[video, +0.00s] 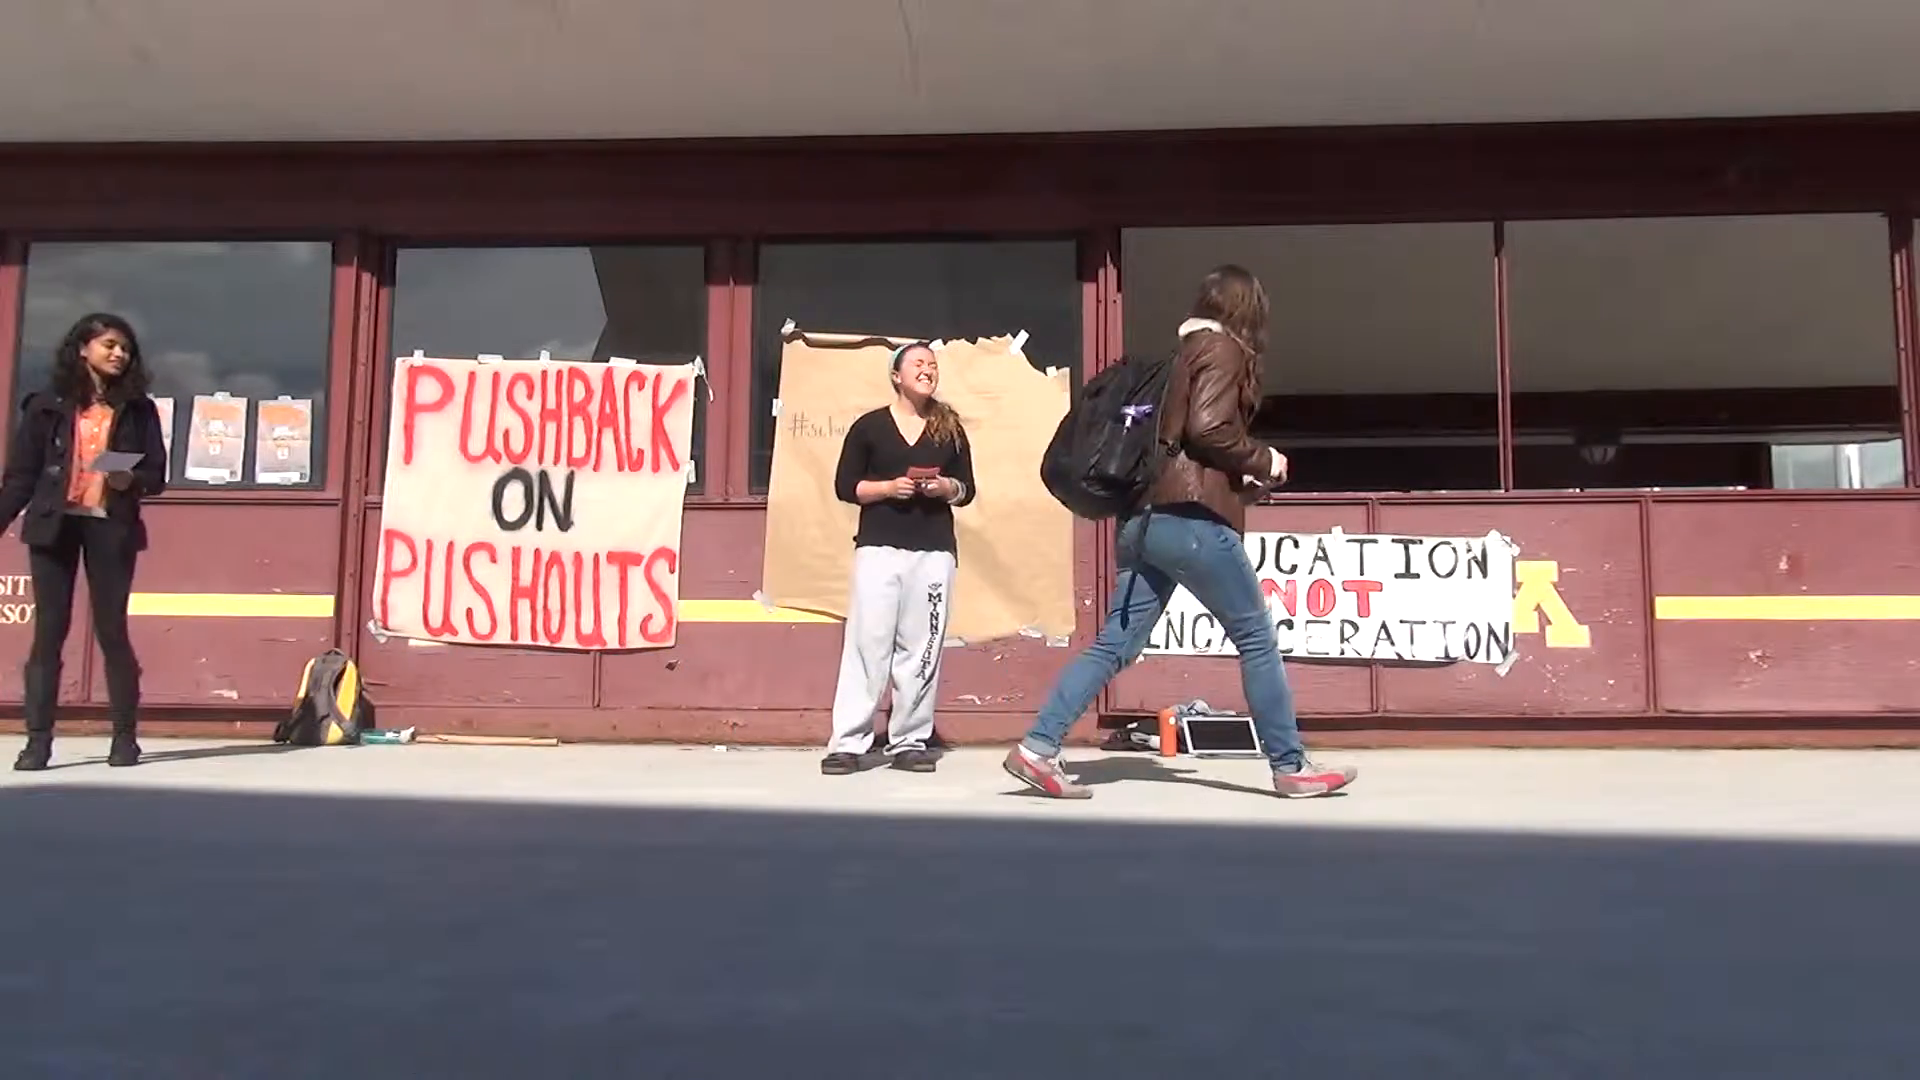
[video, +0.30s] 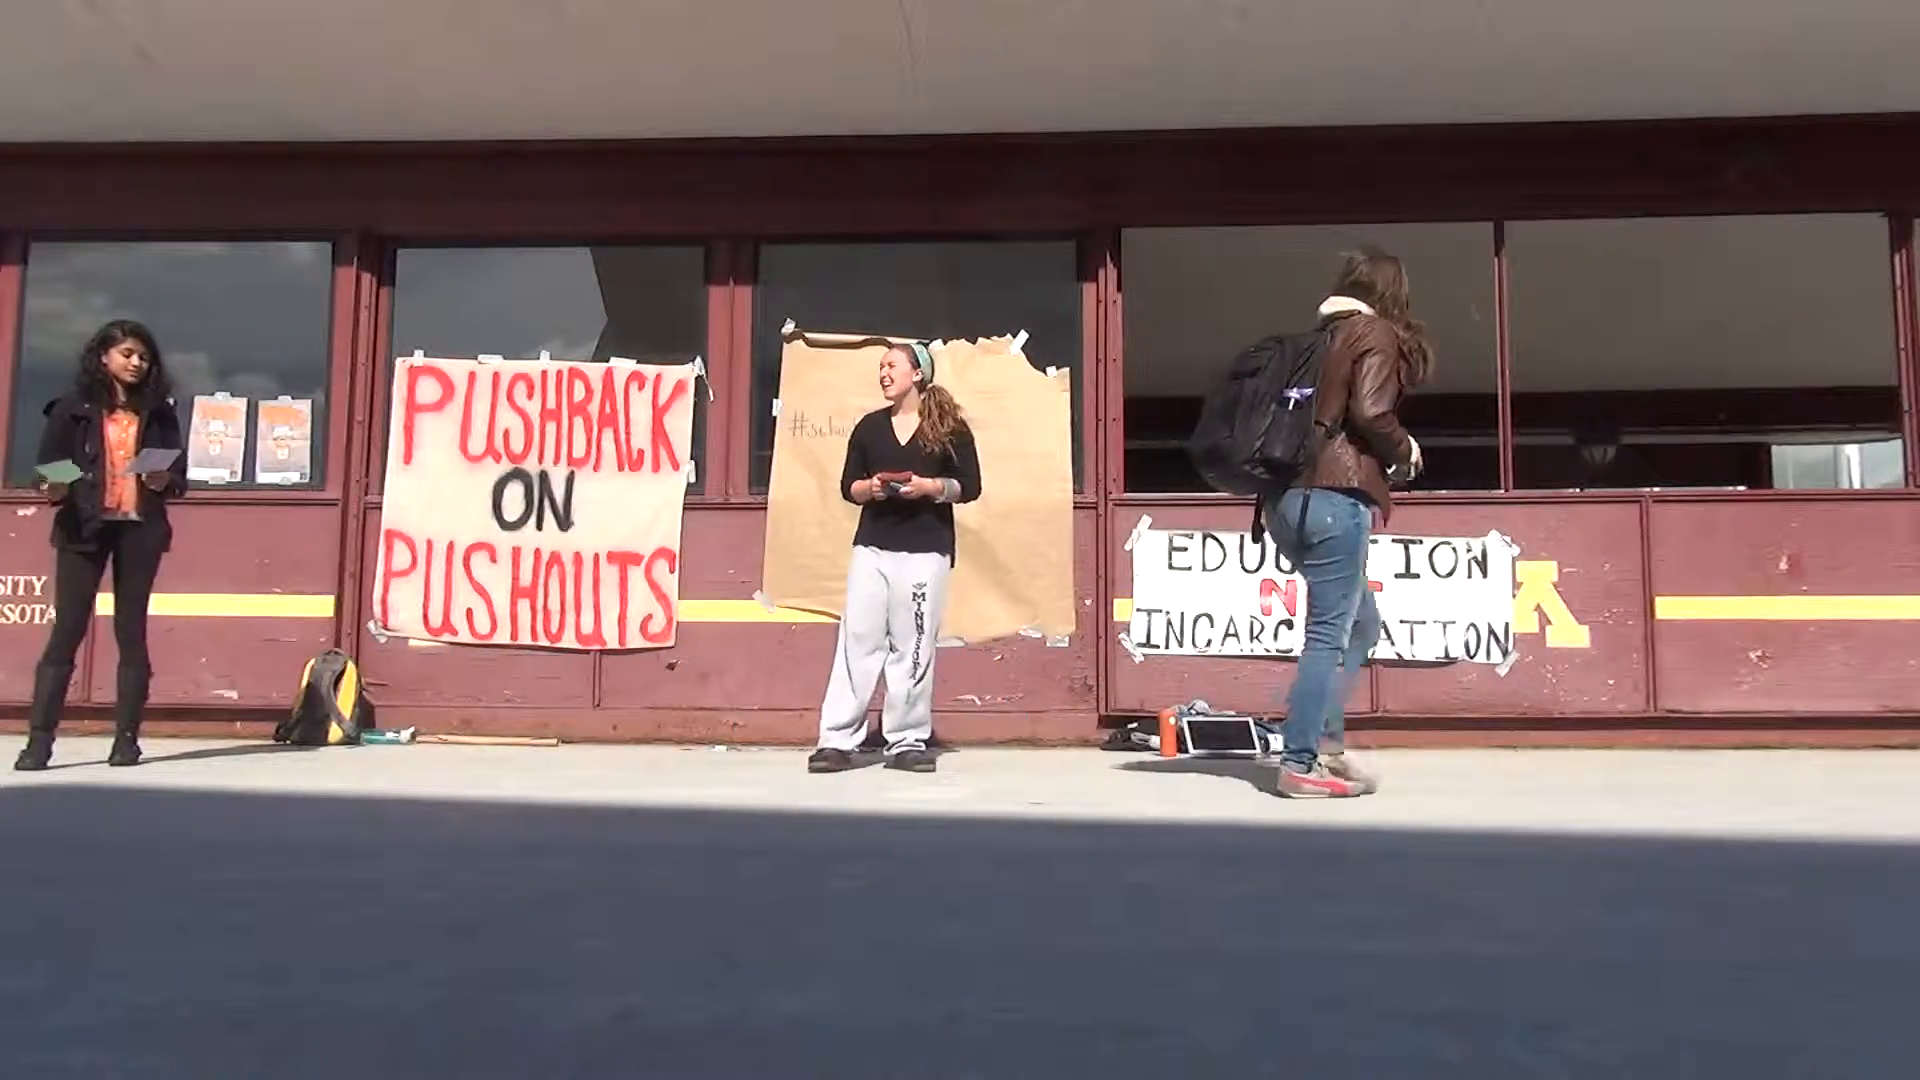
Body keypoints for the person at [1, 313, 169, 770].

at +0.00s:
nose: (117, 353)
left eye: (123, 348)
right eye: (108, 344)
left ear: (129, 358)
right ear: (81, 348)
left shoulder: (139, 409)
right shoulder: (46, 404)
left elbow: (156, 479)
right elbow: (21, 476)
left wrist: (132, 481)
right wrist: (3, 518)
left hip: (110, 527)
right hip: (52, 524)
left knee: (110, 630)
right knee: (49, 630)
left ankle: (125, 734)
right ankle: (39, 738)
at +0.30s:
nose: (136, 363)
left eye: (142, 356)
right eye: (127, 353)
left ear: (149, 364)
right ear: (101, 356)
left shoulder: (160, 412)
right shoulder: (72, 407)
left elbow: (178, 482)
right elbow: (46, 472)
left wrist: (166, 482)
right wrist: (53, 488)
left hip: (141, 527)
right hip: (84, 524)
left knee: (130, 628)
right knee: (68, 628)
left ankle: (127, 736)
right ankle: (40, 739)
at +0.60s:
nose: (149, 370)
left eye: (156, 364)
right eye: (140, 361)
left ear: (162, 371)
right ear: (117, 363)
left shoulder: (171, 417)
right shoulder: (86, 414)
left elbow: (190, 483)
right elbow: (69, 481)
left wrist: (182, 486)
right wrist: (113, 482)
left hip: (155, 532)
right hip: (103, 529)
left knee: (139, 629)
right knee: (79, 629)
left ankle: (127, 736)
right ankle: (42, 737)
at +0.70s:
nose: (151, 371)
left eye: (158, 365)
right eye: (143, 362)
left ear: (165, 371)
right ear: (120, 363)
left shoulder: (173, 417)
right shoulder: (89, 413)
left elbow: (192, 483)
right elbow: (72, 481)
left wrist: (184, 487)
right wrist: (120, 482)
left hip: (156, 533)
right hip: (104, 529)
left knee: (139, 629)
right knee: (82, 627)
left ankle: (127, 735)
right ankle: (43, 735)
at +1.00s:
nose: (154, 372)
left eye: (161, 366)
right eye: (145, 363)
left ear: (167, 372)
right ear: (123, 365)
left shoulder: (175, 417)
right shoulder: (92, 410)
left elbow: (192, 484)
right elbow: (72, 481)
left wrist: (177, 489)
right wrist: (119, 483)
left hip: (155, 533)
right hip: (103, 529)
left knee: (137, 629)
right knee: (79, 628)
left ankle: (126, 738)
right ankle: (42, 737)